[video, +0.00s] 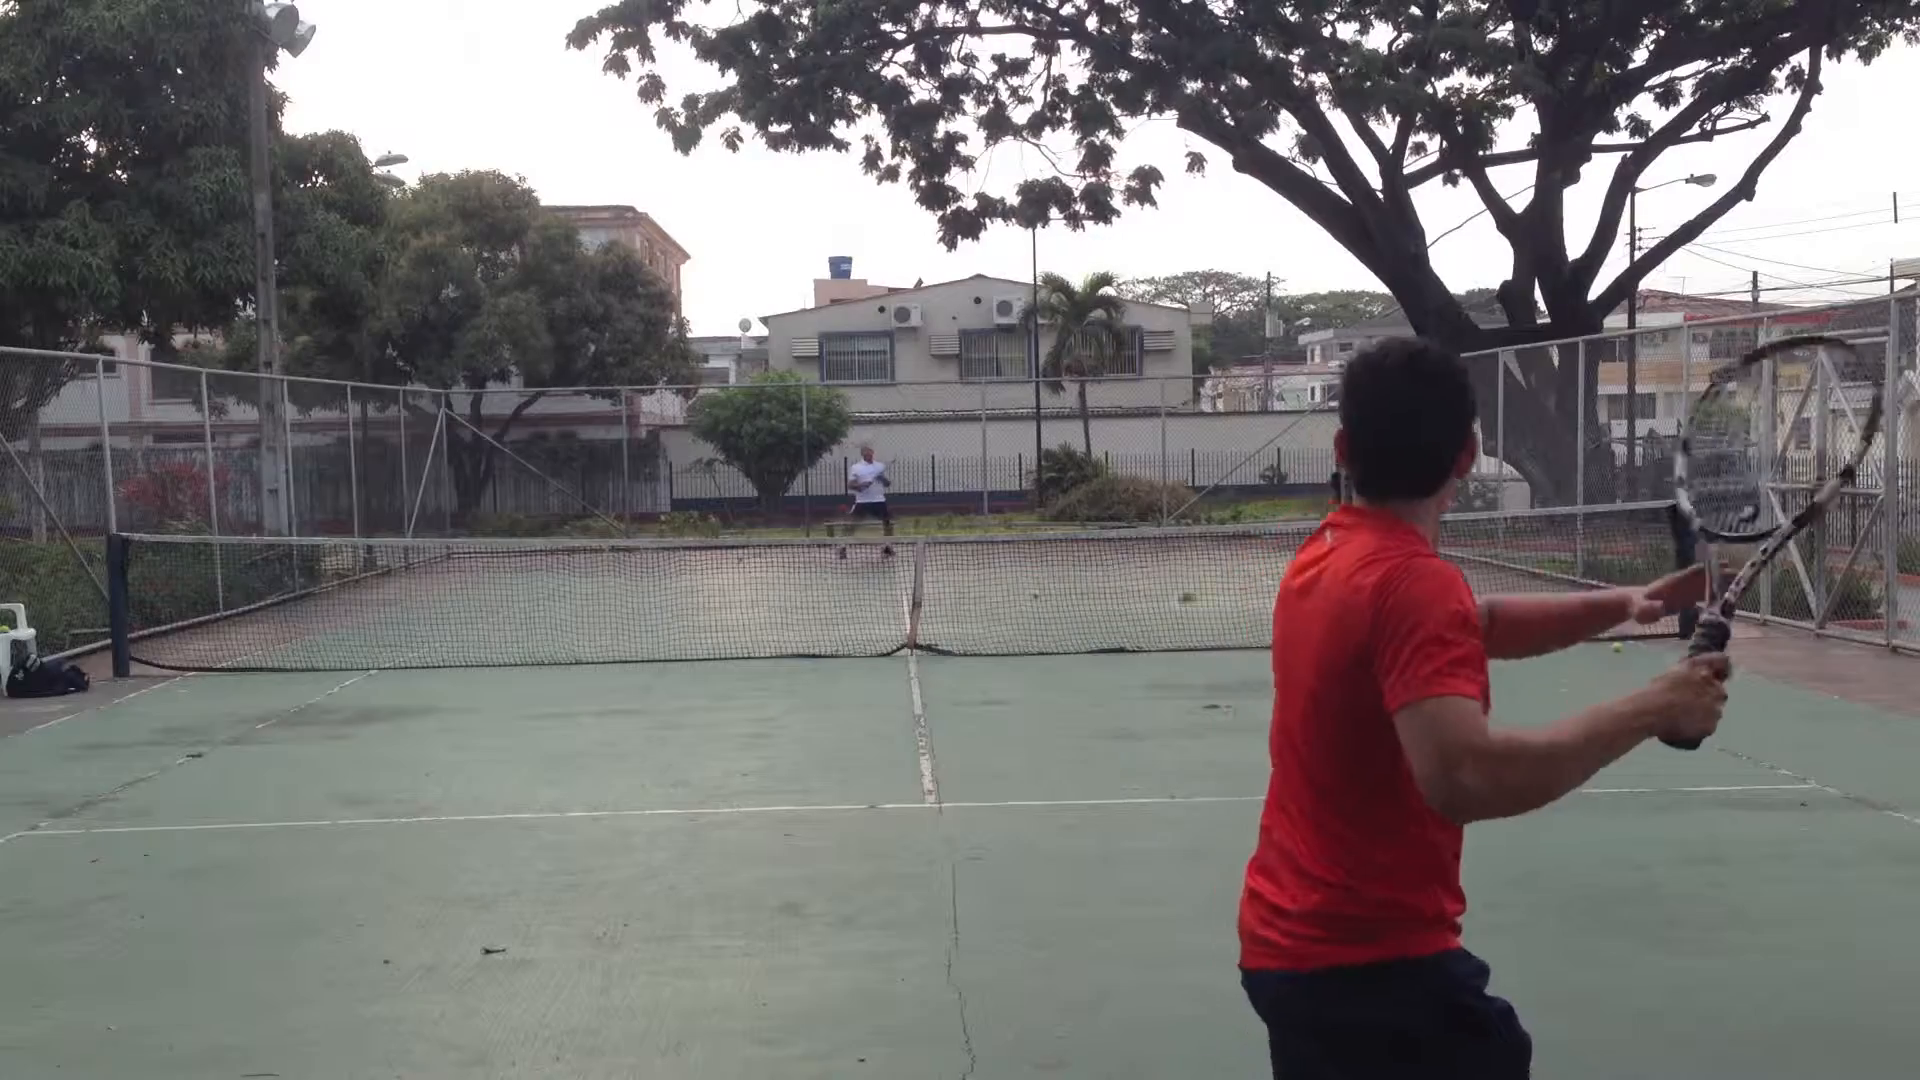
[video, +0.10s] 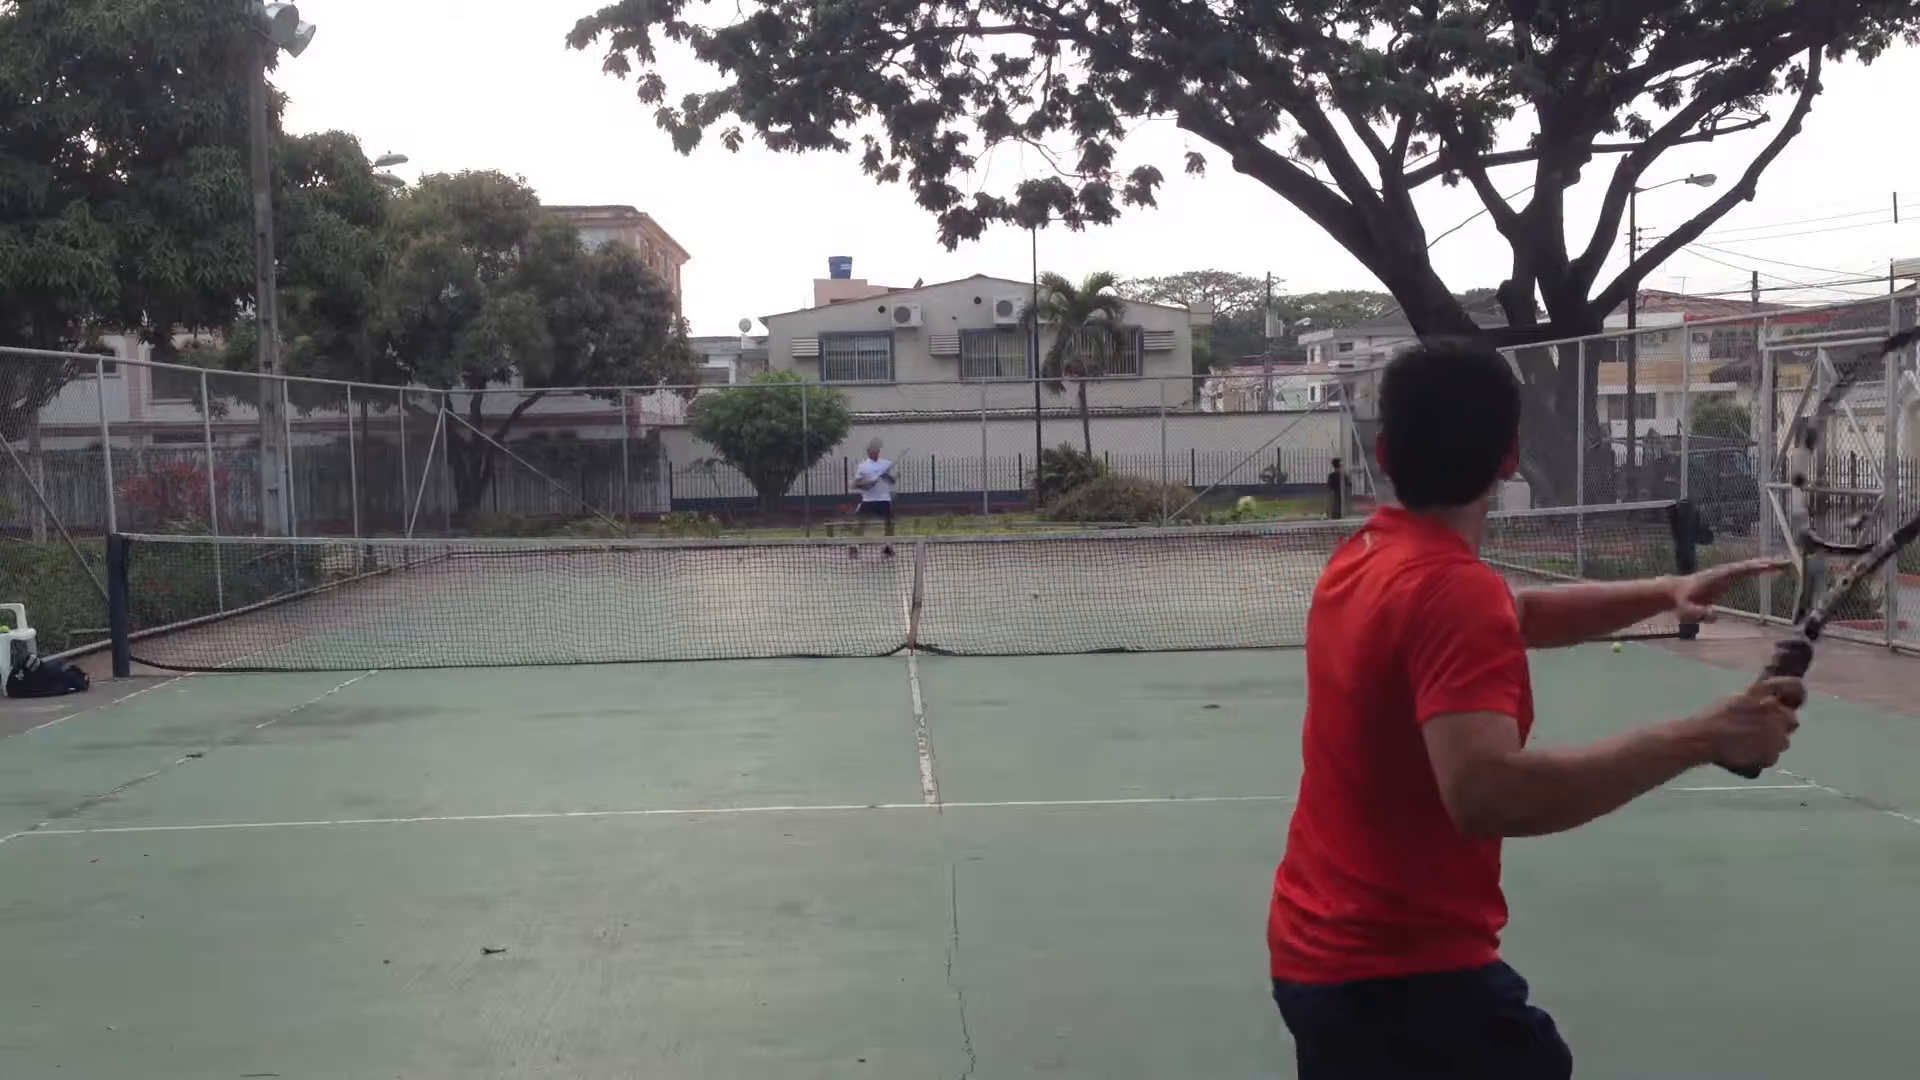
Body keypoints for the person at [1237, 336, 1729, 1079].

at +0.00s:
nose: (1472, 454)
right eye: (1473, 439)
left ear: (1341, 449)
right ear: (1466, 458)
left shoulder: (1321, 559)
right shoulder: (1415, 585)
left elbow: (1473, 624)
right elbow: (1461, 777)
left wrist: (1627, 604)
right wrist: (1650, 709)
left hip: (1293, 945)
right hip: (1377, 962)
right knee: (1497, 1056)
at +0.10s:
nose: (1513, 456)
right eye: (1514, 440)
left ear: (1382, 451)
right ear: (1509, 462)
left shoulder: (1358, 560)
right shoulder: (1454, 589)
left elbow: (1516, 614)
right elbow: (1487, 791)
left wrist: (1665, 592)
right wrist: (1704, 737)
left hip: (1322, 956)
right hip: (1410, 978)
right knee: (1538, 1060)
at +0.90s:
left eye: (1630, 376)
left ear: (1635, 402)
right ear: (1765, 431)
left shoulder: (1564, 558)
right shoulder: (1777, 534)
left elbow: (1476, 759)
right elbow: (1604, 463)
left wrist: (1455, 730)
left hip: (1564, 941)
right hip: (1724, 940)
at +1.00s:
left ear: (1646, 400)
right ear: (1779, 424)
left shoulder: (1593, 557)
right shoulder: (1799, 539)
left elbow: (1538, 771)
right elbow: (1584, 474)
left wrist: (1482, 758)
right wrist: (1404, 443)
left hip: (1597, 947)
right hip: (1760, 940)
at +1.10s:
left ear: (1663, 405)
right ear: (1794, 424)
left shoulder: (1625, 560)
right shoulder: (1812, 535)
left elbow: (1603, 782)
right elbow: (1633, 513)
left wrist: (1512, 771)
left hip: (1635, 961)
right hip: (1799, 953)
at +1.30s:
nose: (1663, 431)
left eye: (1665, 413)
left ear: (1677, 433)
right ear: (1808, 435)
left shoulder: (1703, 594)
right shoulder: (1840, 571)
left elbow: (1748, 823)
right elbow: (1749, 712)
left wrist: (1580, 834)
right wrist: (1580, 741)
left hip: (1712, 1011)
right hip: (1866, 997)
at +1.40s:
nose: (1651, 430)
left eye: (1653, 410)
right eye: (1653, 408)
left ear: (1669, 432)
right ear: (1789, 433)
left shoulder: (1687, 579)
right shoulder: (1845, 566)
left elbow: (1763, 796)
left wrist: (1593, 840)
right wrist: (1632, 807)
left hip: (1705, 1010)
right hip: (1866, 1003)